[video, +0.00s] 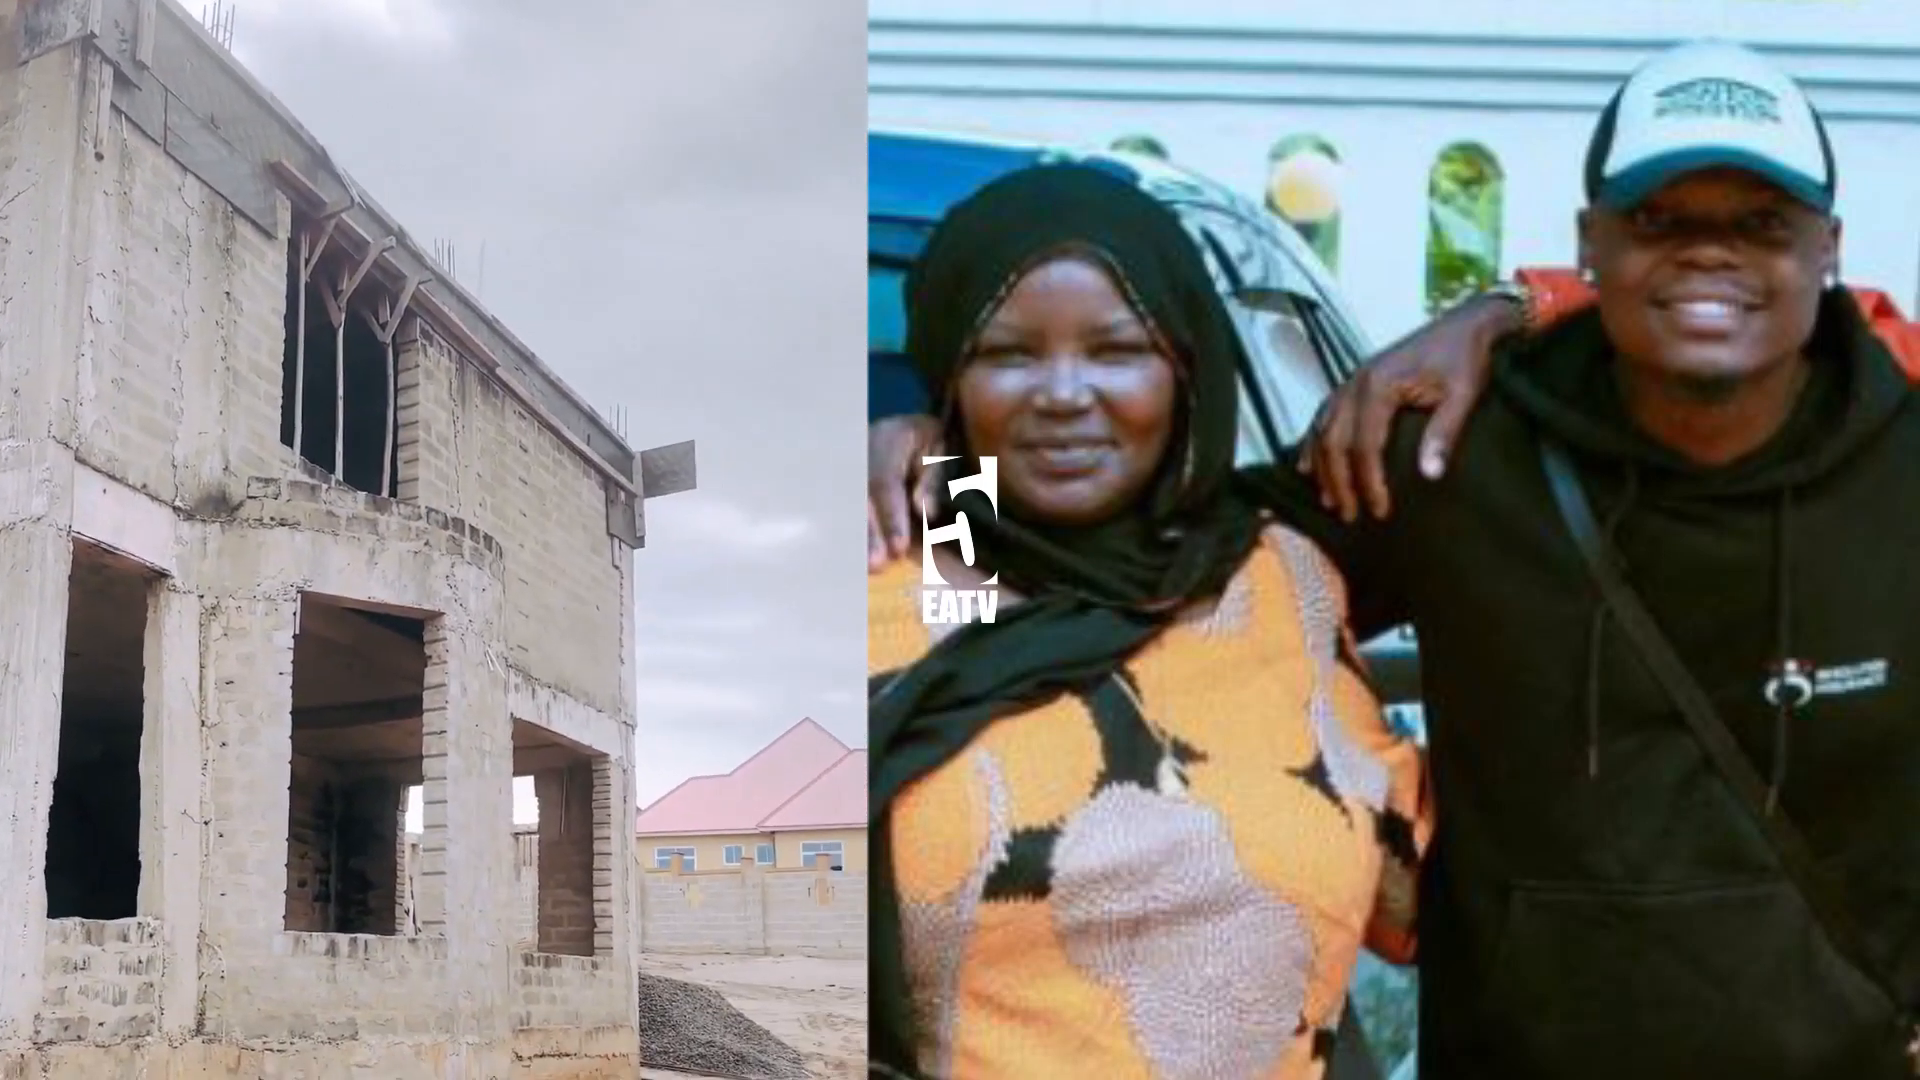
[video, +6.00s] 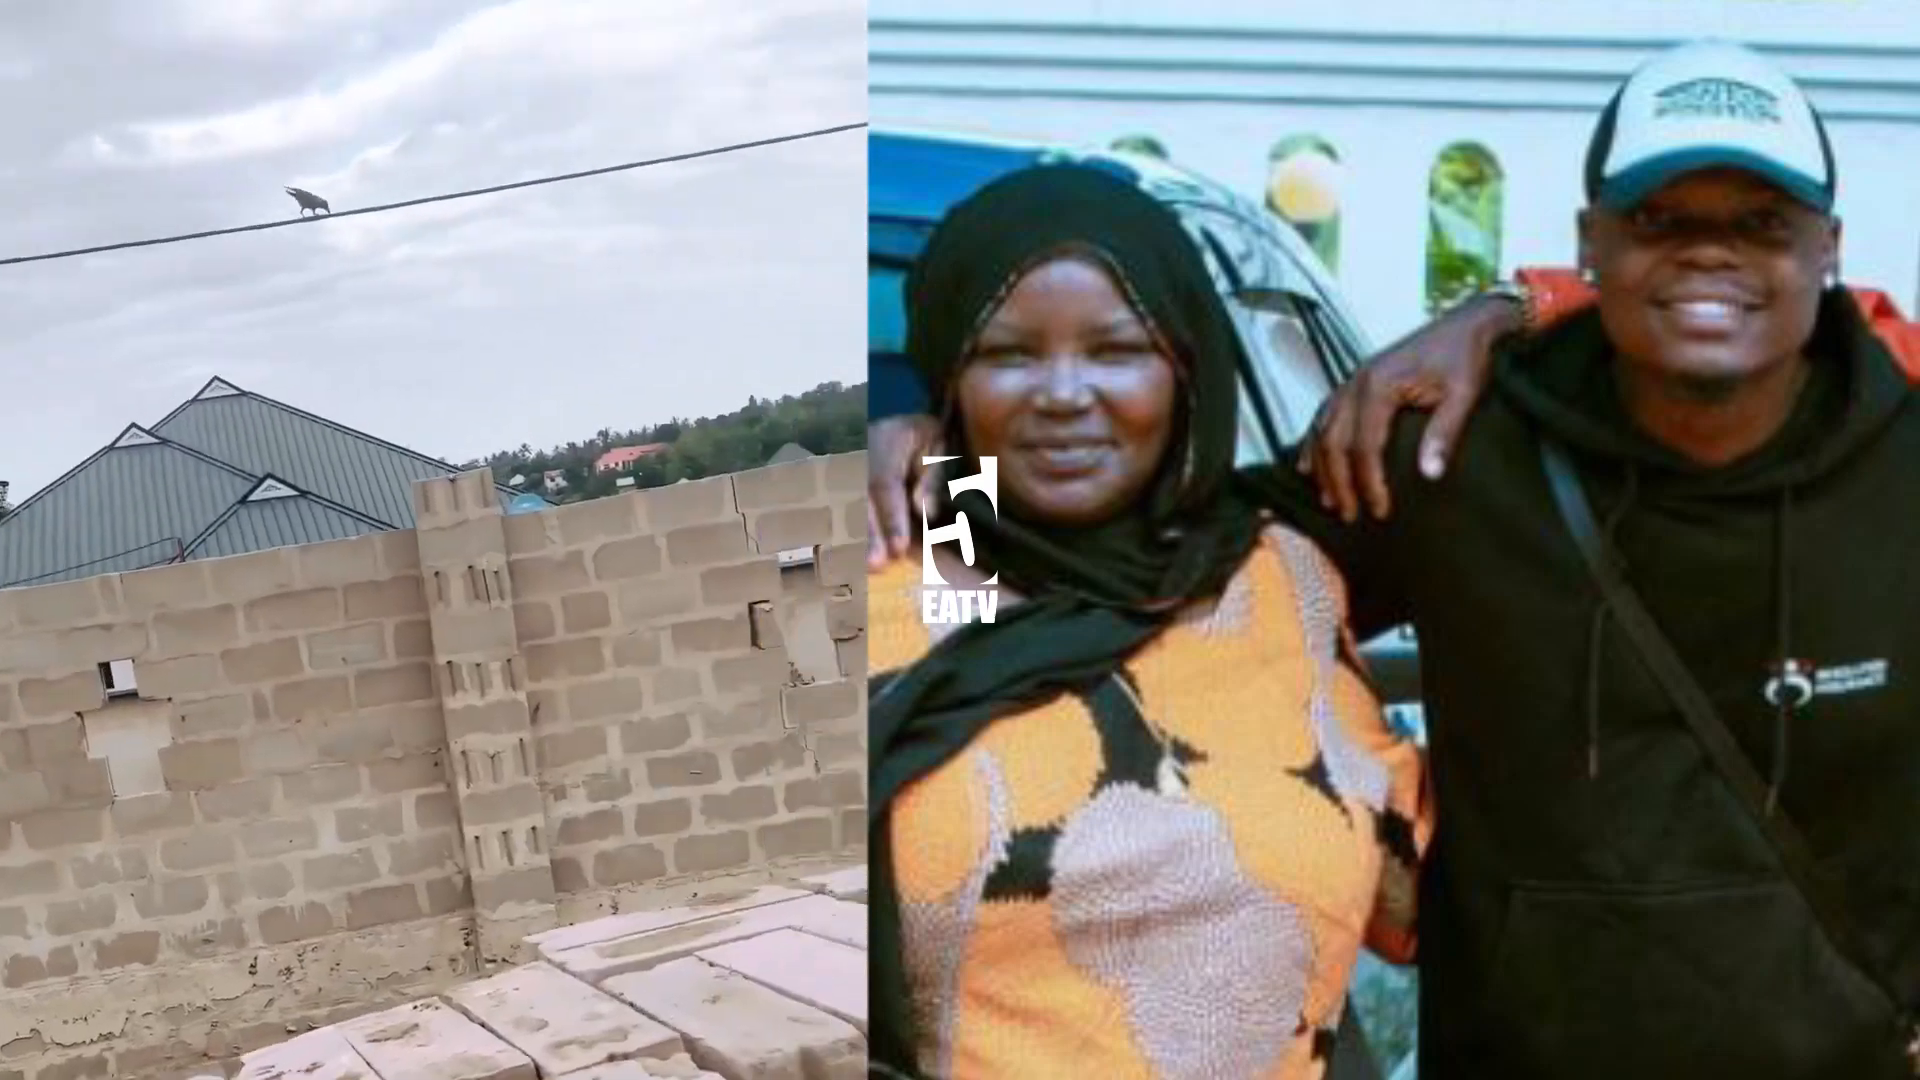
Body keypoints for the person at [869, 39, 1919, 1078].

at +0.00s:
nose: (1707, 251)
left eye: (1757, 219)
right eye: (1664, 215)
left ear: (1826, 250)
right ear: (1595, 242)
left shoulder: (1898, 445)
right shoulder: (1464, 448)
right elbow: (1176, 556)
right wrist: (957, 460)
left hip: (1849, 1037)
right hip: (1535, 1044)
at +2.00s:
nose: (1707, 251)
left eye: (1757, 219)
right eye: (1664, 215)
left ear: (1825, 250)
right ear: (1595, 242)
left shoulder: (1899, 445)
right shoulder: (1464, 448)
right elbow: (1178, 558)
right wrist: (967, 464)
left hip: (1849, 1038)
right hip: (1537, 1044)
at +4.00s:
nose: (1707, 250)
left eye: (1757, 218)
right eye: (1664, 214)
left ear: (1826, 250)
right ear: (1595, 241)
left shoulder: (1898, 443)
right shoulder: (1464, 449)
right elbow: (1171, 556)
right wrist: (955, 448)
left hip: (1848, 1037)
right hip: (1536, 1044)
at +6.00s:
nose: (1707, 252)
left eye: (1757, 219)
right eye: (1664, 215)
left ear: (1826, 250)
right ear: (1594, 242)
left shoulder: (1898, 446)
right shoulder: (1463, 449)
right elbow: (1170, 557)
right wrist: (952, 452)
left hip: (1848, 1038)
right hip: (1535, 1044)